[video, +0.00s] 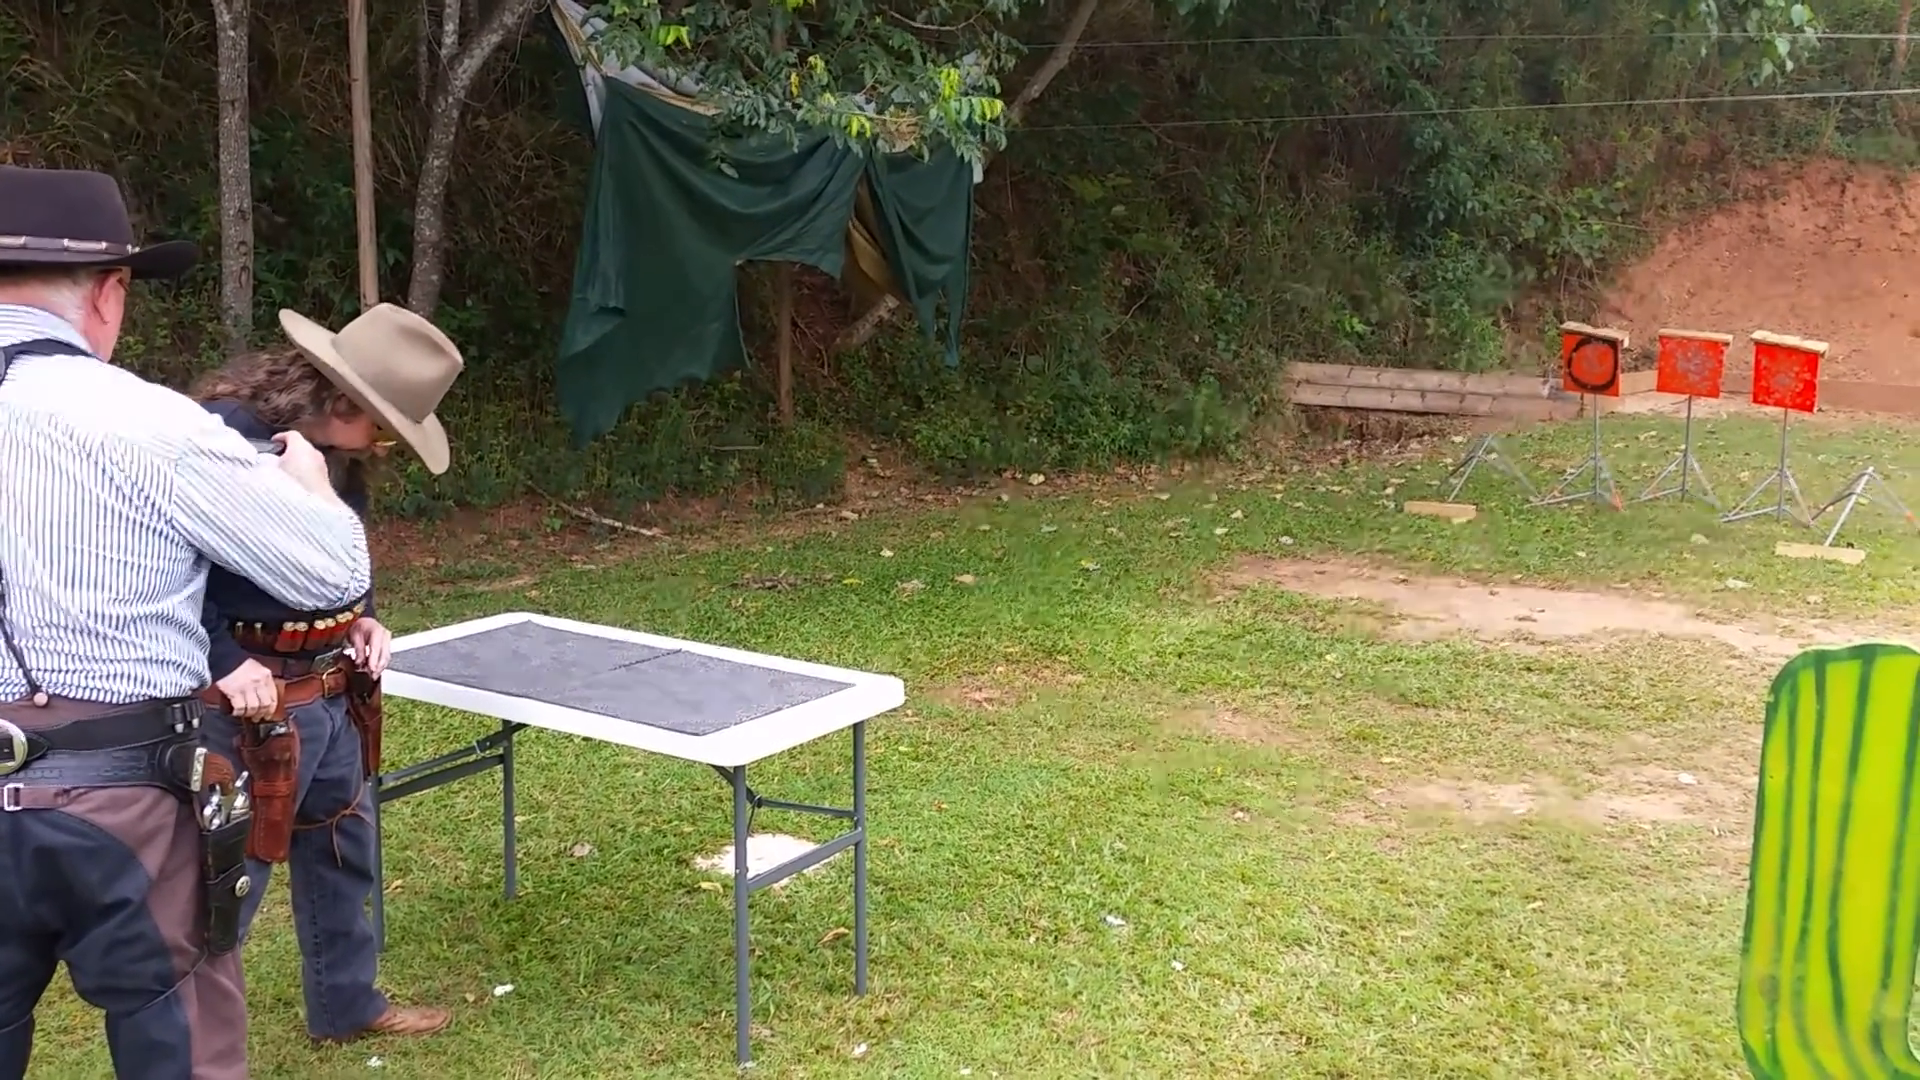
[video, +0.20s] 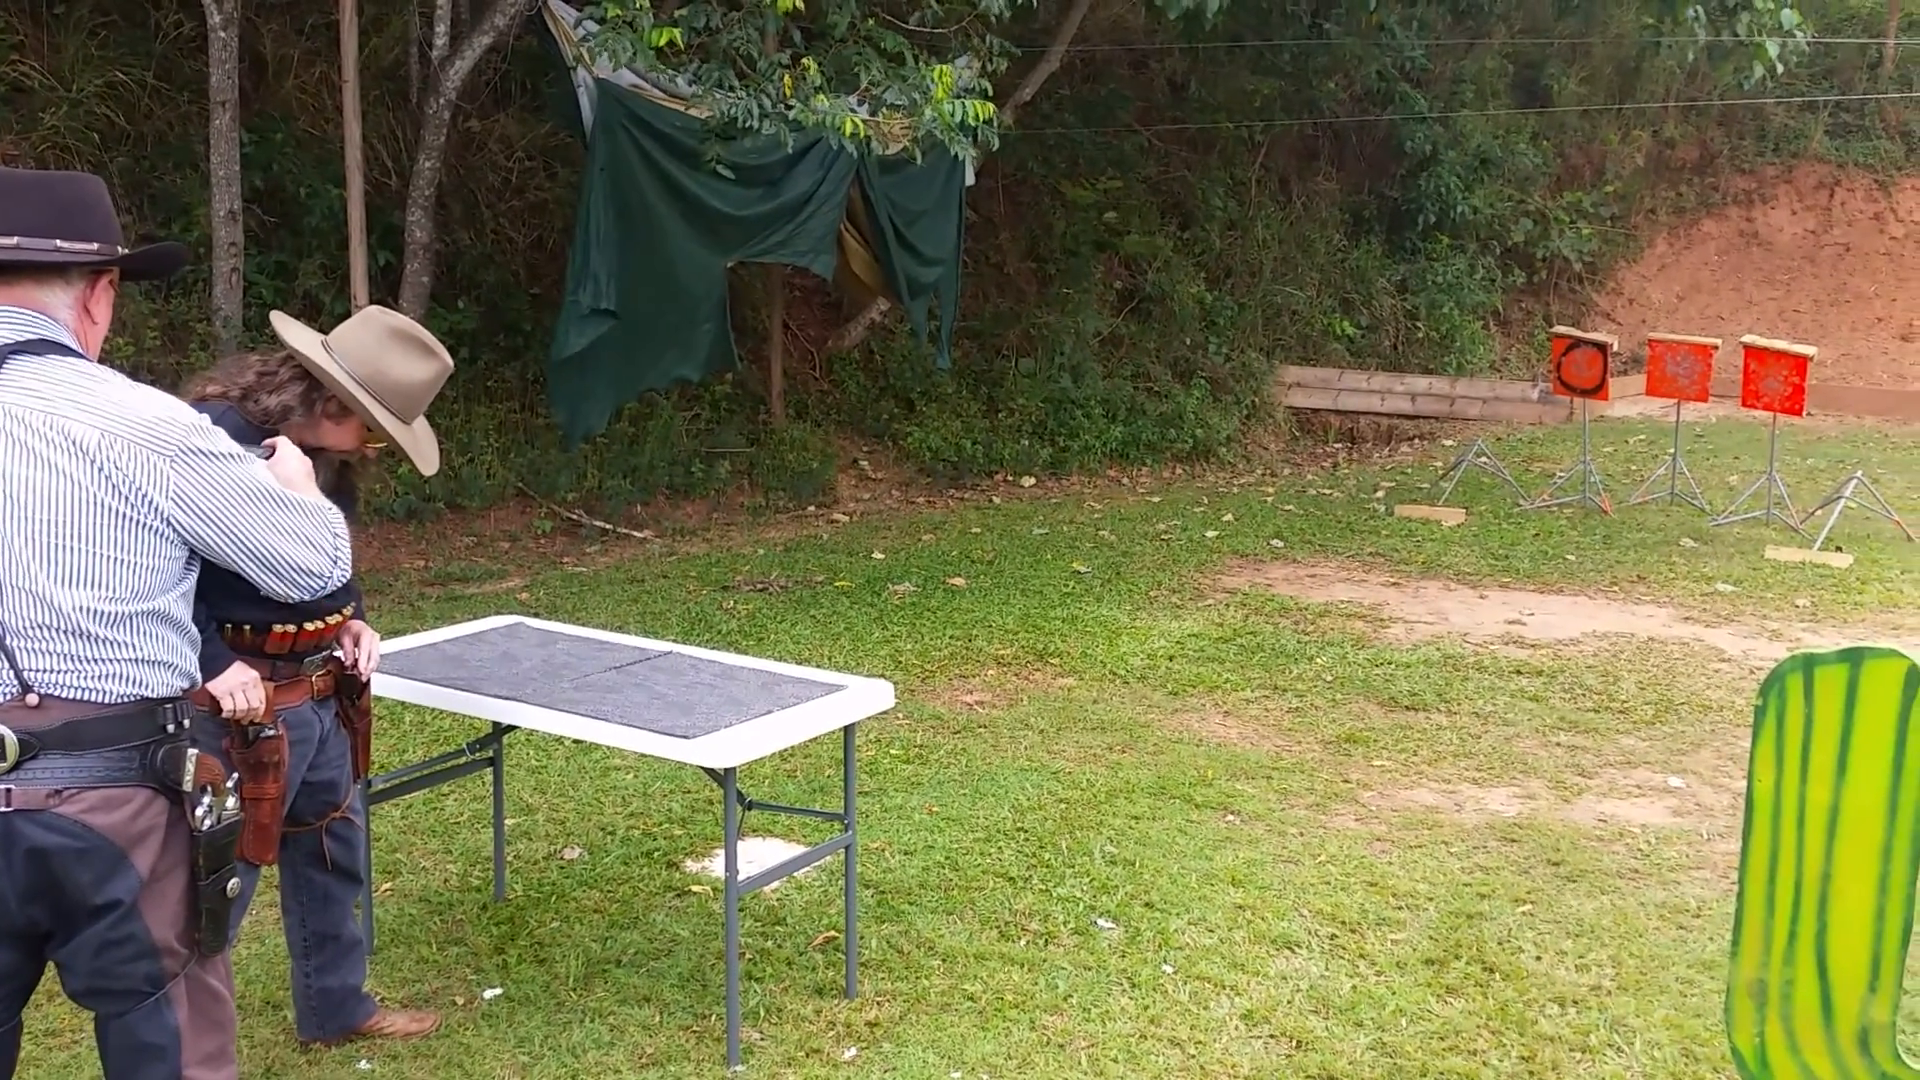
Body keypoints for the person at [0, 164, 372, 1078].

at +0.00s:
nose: (126, 314)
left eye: (126, 292)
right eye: (126, 291)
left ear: (3, 286)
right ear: (103, 295)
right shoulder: (150, 425)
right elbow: (339, 574)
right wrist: (312, 488)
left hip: (4, 774)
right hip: (118, 784)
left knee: (4, 1043)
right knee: (184, 1052)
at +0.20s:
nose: (115, 317)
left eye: (115, 295)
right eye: (115, 294)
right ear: (94, 298)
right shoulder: (143, 427)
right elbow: (319, 567)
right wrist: (300, 491)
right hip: (106, 786)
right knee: (174, 1053)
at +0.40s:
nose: (105, 313)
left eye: (106, 292)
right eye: (106, 290)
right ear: (87, 294)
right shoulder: (135, 425)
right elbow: (308, 567)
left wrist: (191, 665)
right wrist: (290, 494)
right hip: (96, 776)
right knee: (165, 1048)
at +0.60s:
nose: (99, 303)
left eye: (100, 280)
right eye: (100, 279)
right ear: (83, 286)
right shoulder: (130, 420)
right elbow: (304, 561)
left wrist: (191, 657)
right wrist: (287, 486)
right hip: (97, 771)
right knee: (163, 1043)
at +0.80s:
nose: (94, 294)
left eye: (94, 272)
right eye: (95, 271)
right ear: (79, 279)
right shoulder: (124, 414)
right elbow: (299, 555)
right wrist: (280, 474)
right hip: (87, 767)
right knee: (158, 1038)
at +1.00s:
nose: (90, 290)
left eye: (89, 267)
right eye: (91, 267)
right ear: (73, 273)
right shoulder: (123, 412)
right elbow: (297, 548)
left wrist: (184, 646)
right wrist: (270, 461)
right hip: (85, 762)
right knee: (157, 1030)